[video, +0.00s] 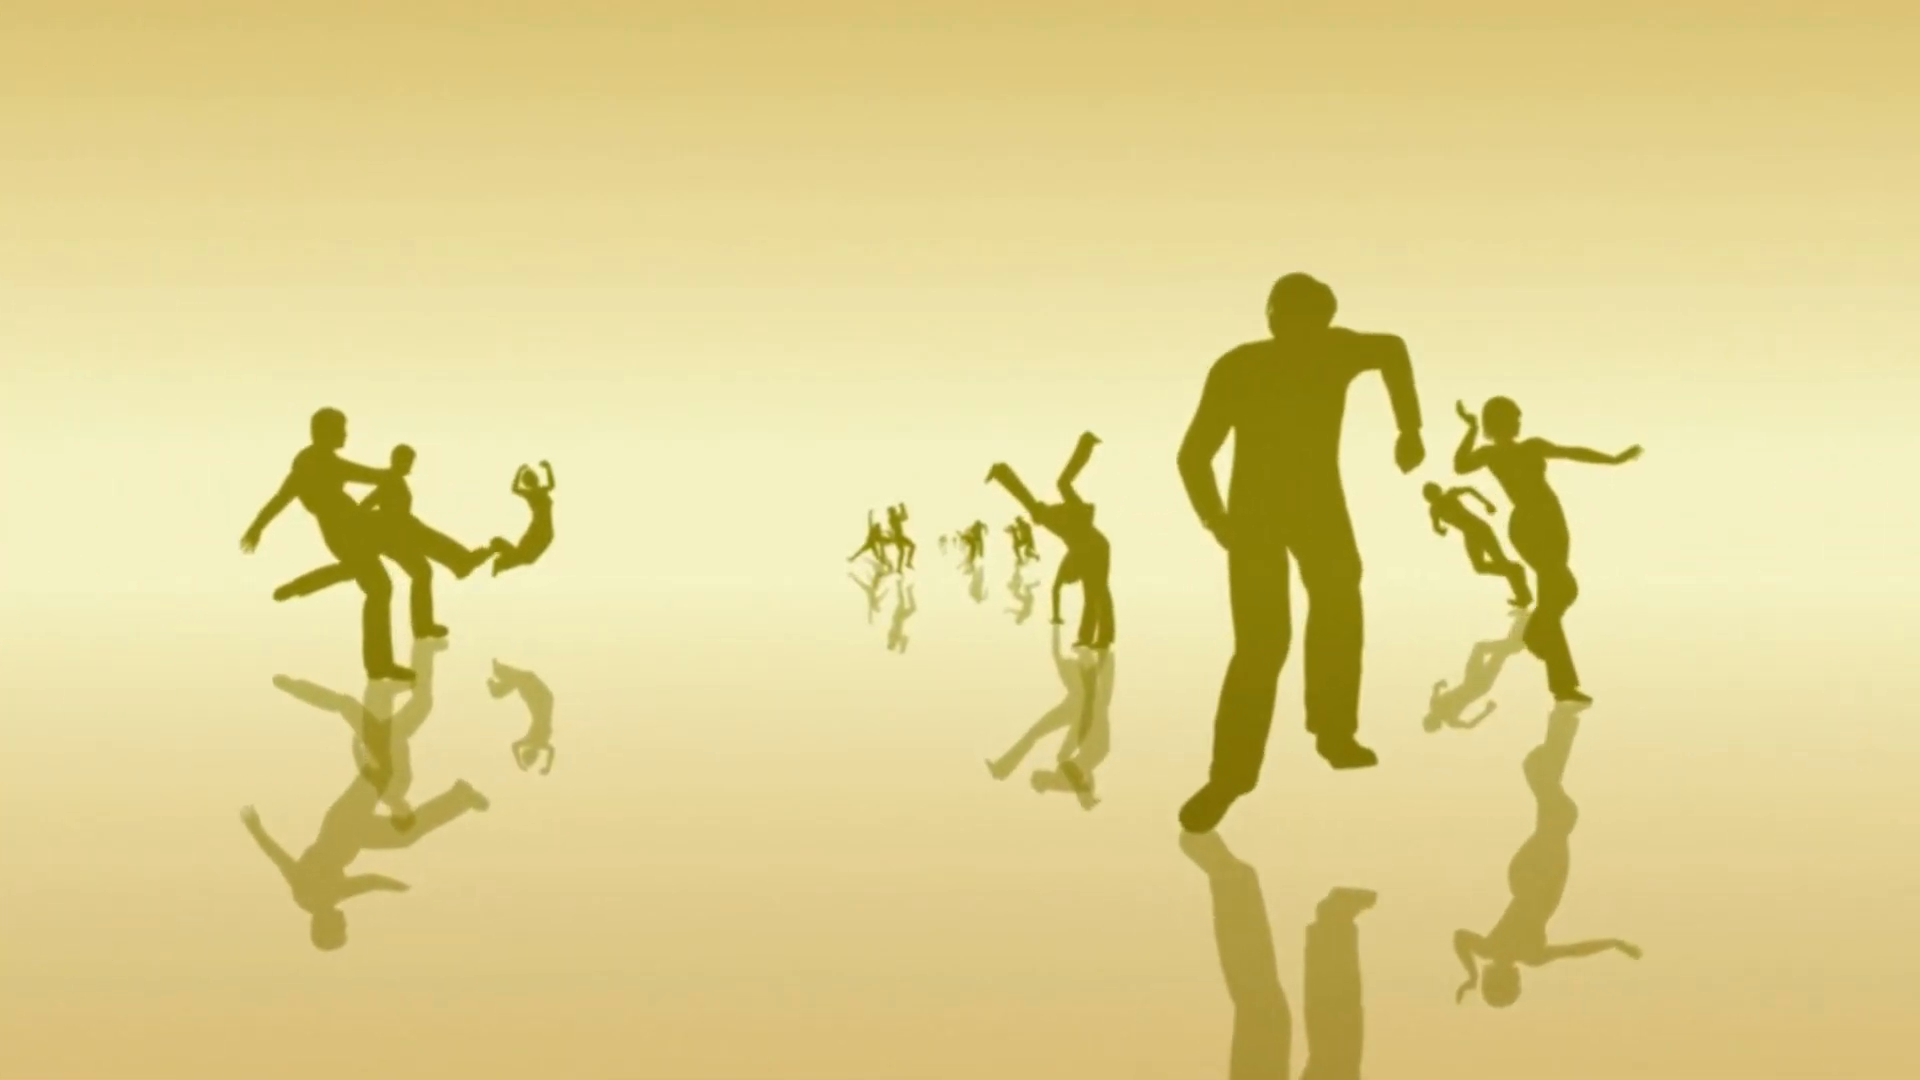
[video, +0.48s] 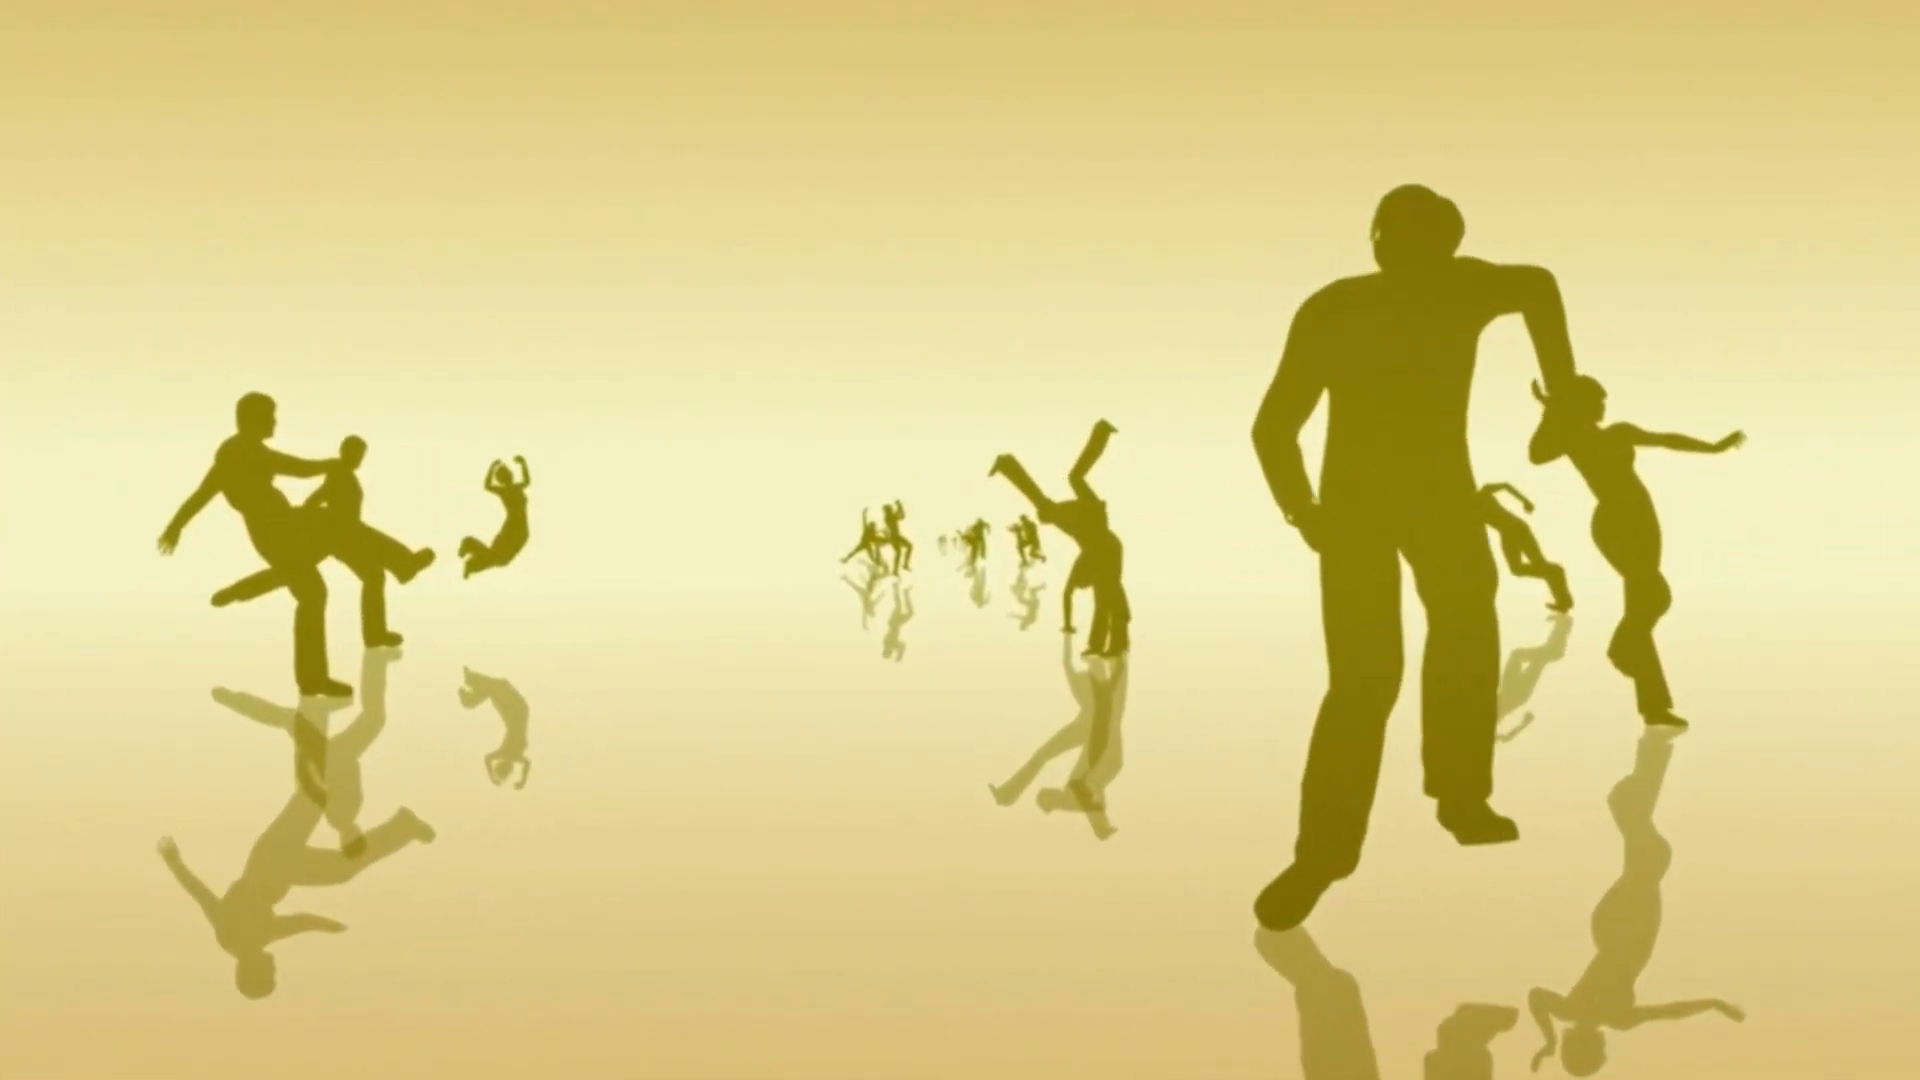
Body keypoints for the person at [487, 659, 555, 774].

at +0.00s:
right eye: (526, 760)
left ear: (533, 753)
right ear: (525, 752)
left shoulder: (540, 744)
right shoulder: (527, 742)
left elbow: (552, 749)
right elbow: (514, 746)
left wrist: (548, 767)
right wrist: (519, 763)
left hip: (531, 681)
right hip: (522, 680)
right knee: (497, 693)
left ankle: (499, 669)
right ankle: (490, 682)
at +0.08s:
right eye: (520, 763)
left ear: (528, 756)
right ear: (520, 755)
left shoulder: (535, 746)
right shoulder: (522, 744)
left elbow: (546, 752)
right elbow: (508, 748)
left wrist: (542, 770)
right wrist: (513, 767)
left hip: (524, 682)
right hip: (516, 681)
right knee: (490, 695)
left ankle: (493, 670)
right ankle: (484, 684)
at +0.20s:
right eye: (517, 766)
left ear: (524, 759)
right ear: (515, 757)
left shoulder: (531, 749)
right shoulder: (517, 747)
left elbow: (543, 754)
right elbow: (504, 750)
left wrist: (539, 772)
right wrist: (509, 768)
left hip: (521, 683)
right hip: (512, 683)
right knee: (485, 697)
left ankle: (489, 671)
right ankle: (479, 685)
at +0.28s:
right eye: (509, 768)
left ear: (519, 761)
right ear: (509, 760)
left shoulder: (525, 751)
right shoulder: (510, 749)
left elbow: (537, 757)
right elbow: (498, 753)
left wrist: (533, 775)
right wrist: (502, 771)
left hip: (515, 684)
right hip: (505, 685)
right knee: (479, 699)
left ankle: (483, 674)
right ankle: (473, 687)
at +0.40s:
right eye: (505, 770)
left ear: (515, 763)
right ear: (504, 761)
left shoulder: (522, 753)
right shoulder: (507, 751)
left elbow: (533, 759)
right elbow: (494, 755)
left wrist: (529, 778)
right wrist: (498, 773)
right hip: (502, 687)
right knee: (475, 701)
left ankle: (478, 675)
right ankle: (469, 688)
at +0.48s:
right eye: (497, 775)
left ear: (508, 767)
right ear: (497, 765)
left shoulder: (516, 757)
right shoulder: (500, 754)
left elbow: (527, 762)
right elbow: (487, 758)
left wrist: (523, 781)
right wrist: (491, 776)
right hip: (495, 689)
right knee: (468, 703)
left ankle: (471, 677)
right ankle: (462, 690)